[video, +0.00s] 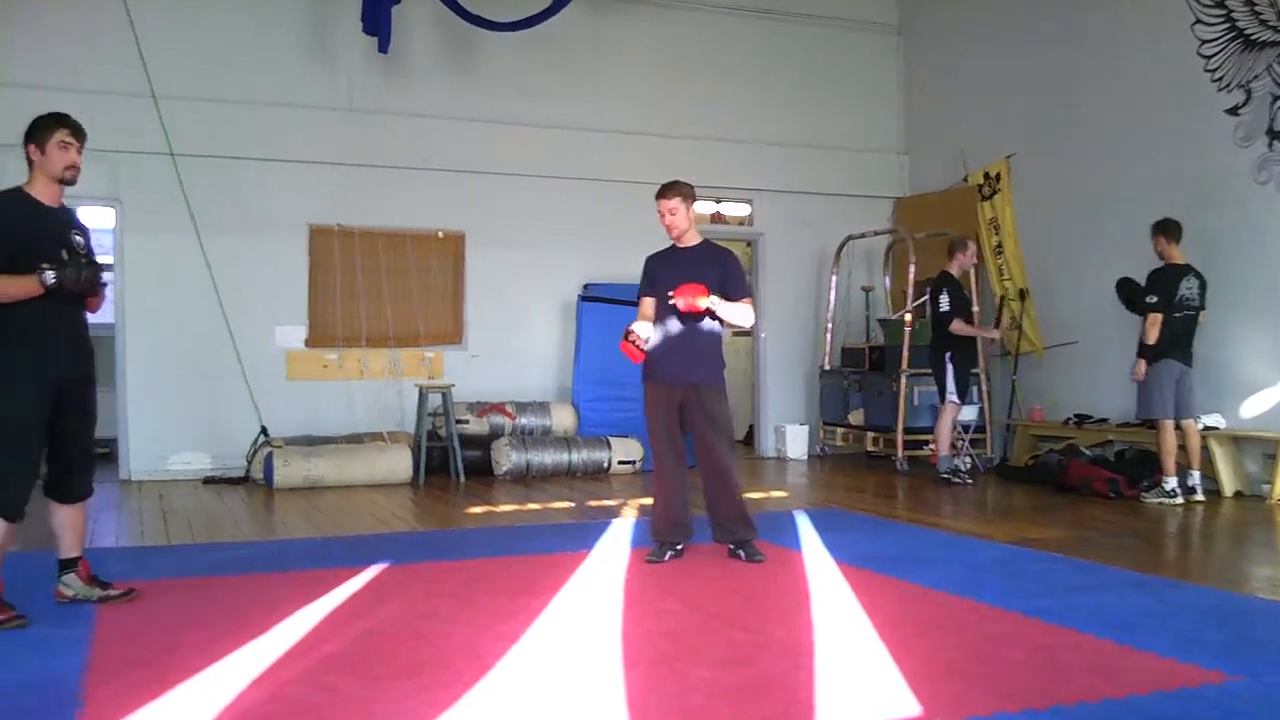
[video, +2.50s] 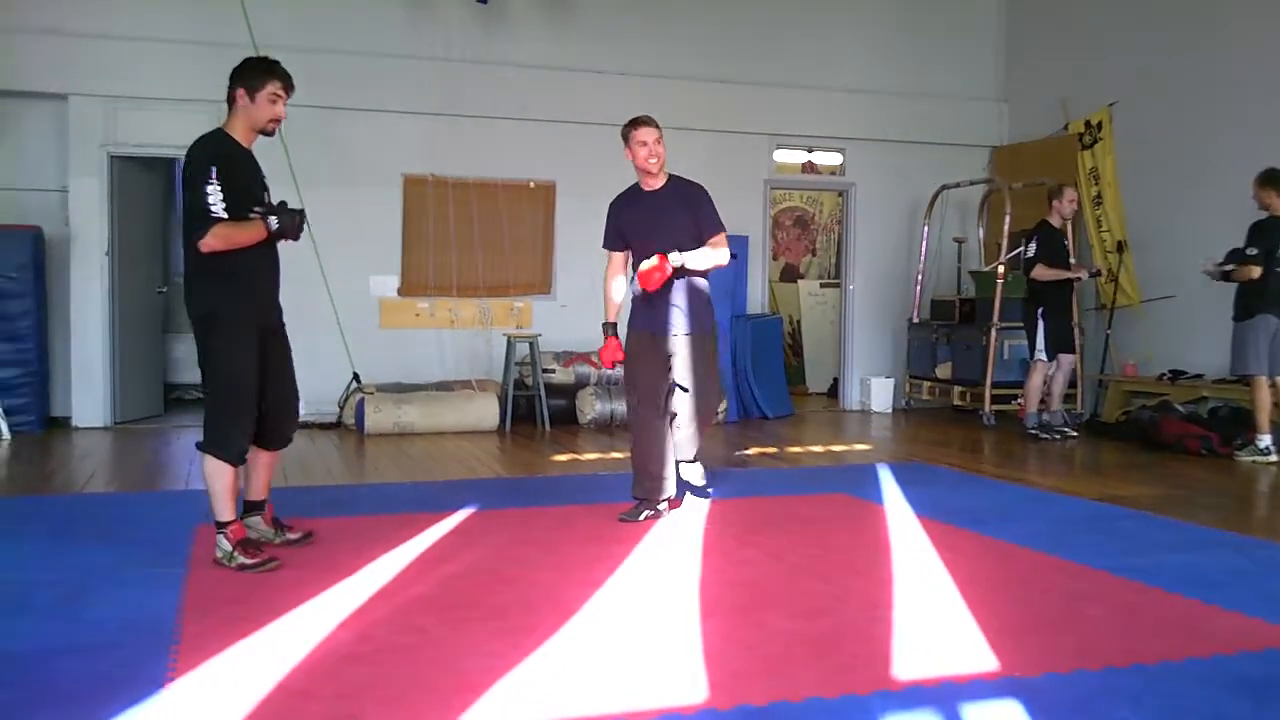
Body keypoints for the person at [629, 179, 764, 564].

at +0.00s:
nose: (666, 220)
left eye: (673, 212)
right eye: (661, 214)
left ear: (692, 210)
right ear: (659, 216)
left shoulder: (722, 258)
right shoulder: (655, 263)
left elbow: (746, 317)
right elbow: (646, 317)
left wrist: (711, 302)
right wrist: (638, 335)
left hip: (705, 376)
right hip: (660, 376)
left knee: (719, 457)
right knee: (666, 460)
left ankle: (738, 536)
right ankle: (670, 538)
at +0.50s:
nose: (671, 225)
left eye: (678, 217)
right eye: (664, 218)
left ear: (692, 212)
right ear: (656, 216)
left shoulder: (717, 256)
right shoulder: (646, 260)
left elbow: (741, 311)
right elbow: (636, 321)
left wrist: (705, 312)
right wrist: (632, 375)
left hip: (706, 373)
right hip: (662, 374)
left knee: (704, 455)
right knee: (667, 455)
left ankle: (704, 543)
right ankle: (675, 537)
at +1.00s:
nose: (725, 238)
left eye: (733, 232)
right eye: (719, 230)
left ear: (746, 222)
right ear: (710, 217)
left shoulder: (761, 264)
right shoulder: (685, 252)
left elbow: (775, 318)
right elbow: (667, 312)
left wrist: (748, 332)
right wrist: (664, 370)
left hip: (738, 385)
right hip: (691, 382)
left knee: (735, 465)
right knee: (700, 464)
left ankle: (726, 552)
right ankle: (711, 544)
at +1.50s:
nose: (714, 228)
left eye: (723, 222)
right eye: (709, 219)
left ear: (740, 211)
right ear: (701, 206)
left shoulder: (755, 256)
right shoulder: (686, 236)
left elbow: (777, 319)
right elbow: (670, 297)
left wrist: (737, 325)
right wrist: (654, 353)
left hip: (726, 374)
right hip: (680, 367)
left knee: (732, 462)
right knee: (662, 443)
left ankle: (733, 546)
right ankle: (706, 484)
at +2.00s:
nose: (625, 157)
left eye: (633, 148)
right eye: (620, 148)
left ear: (650, 143)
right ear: (613, 145)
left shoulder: (675, 194)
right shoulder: (607, 190)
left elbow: (691, 258)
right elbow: (593, 253)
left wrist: (643, 262)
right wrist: (583, 305)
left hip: (659, 318)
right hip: (614, 318)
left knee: (675, 404)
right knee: (614, 404)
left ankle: (703, 487)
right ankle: (618, 489)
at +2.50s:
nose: (652, 150)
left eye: (656, 142)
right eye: (642, 144)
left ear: (665, 147)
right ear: (628, 154)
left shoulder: (693, 194)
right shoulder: (621, 206)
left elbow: (721, 253)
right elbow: (616, 271)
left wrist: (676, 260)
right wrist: (610, 329)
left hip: (691, 316)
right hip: (646, 318)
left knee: (697, 399)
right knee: (646, 405)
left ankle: (687, 456)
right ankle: (652, 495)